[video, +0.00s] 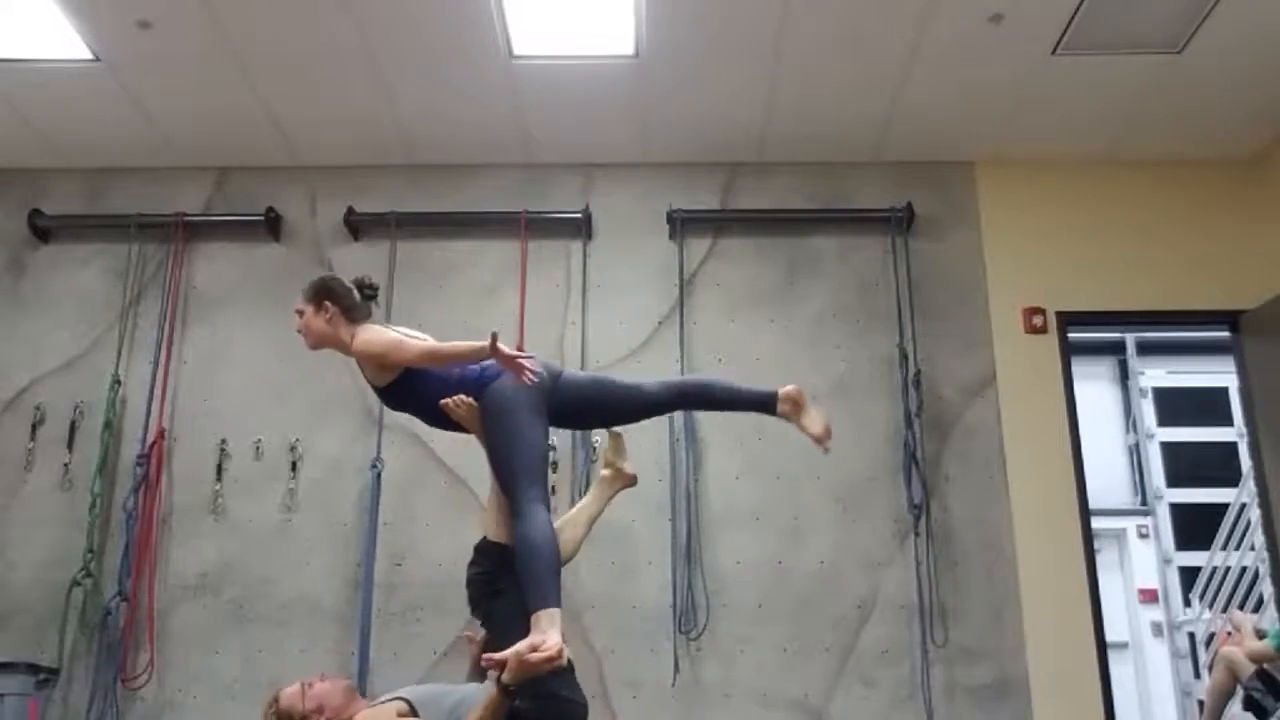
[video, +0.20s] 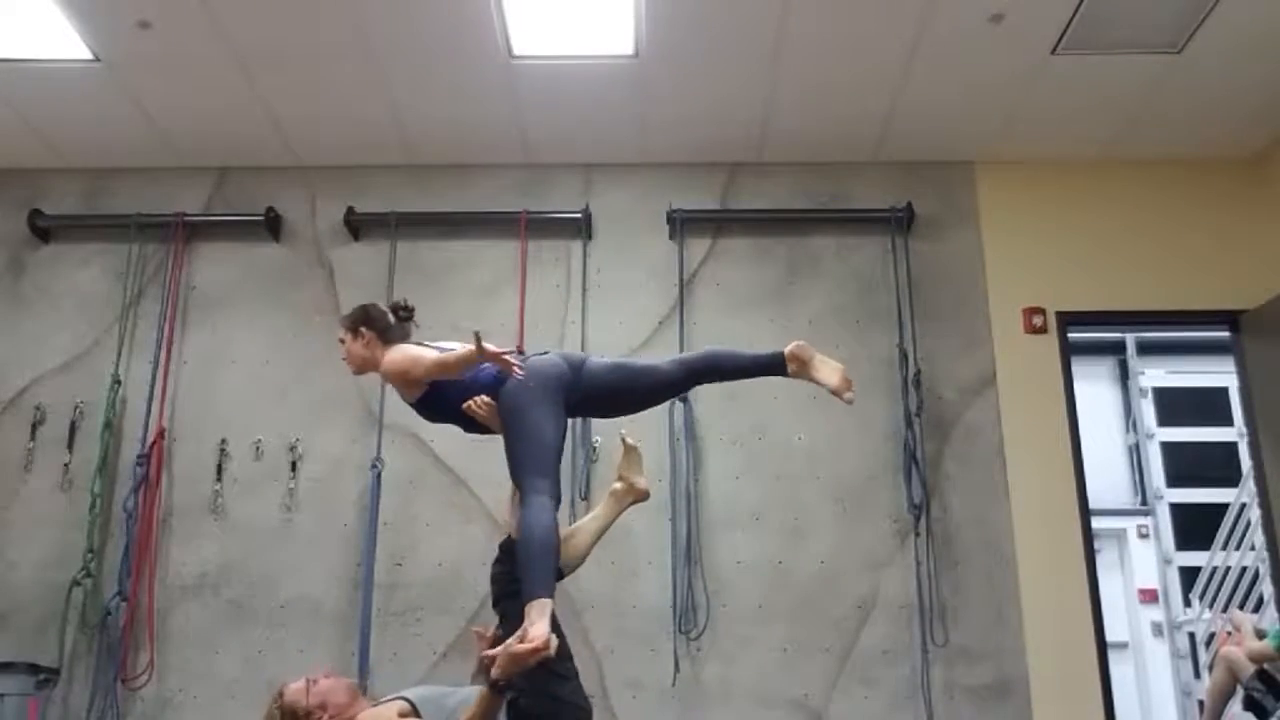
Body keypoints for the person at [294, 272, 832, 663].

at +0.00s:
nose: (299, 325)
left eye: (304, 316)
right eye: (298, 317)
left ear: (331, 312)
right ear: (337, 312)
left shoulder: (365, 342)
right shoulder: (377, 345)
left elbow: (431, 351)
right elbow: (438, 356)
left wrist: (492, 349)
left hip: (499, 396)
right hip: (521, 381)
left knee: (526, 505)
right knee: (657, 396)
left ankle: (546, 633)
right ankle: (781, 401)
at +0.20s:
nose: (343, 352)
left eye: (348, 343)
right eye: (343, 344)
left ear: (371, 340)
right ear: (380, 336)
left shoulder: (394, 363)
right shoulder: (416, 360)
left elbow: (440, 358)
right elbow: (468, 369)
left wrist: (478, 352)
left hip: (523, 388)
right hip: (556, 370)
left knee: (536, 494)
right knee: (674, 374)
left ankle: (537, 624)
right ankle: (792, 361)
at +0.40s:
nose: (374, 376)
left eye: (375, 365)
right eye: (372, 368)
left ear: (393, 357)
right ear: (405, 348)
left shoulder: (410, 375)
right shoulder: (458, 359)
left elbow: (430, 377)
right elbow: (515, 358)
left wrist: (469, 402)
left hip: (522, 383)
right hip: (566, 361)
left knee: (532, 493)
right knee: (662, 350)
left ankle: (528, 618)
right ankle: (762, 322)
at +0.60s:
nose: (392, 382)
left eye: (391, 372)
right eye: (388, 374)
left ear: (404, 361)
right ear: (422, 347)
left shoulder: (413, 378)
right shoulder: (469, 357)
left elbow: (431, 375)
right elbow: (518, 355)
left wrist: (458, 396)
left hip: (520, 382)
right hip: (563, 361)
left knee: (514, 490)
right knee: (643, 359)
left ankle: (496, 604)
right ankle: (730, 327)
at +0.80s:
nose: (381, 375)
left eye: (378, 367)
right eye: (377, 368)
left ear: (389, 356)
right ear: (412, 339)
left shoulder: (405, 372)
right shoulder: (465, 337)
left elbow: (397, 393)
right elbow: (531, 332)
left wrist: (374, 408)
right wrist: (598, 322)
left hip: (513, 382)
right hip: (565, 359)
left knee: (511, 491)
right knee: (648, 436)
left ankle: (499, 615)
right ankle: (744, 484)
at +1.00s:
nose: (367, 352)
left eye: (366, 343)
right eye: (365, 344)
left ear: (380, 334)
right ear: (407, 321)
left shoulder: (396, 357)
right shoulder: (457, 319)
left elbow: (379, 387)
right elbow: (520, 321)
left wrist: (349, 403)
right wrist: (589, 318)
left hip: (500, 378)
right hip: (554, 356)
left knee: (504, 493)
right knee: (623, 476)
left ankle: (494, 616)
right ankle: (685, 573)